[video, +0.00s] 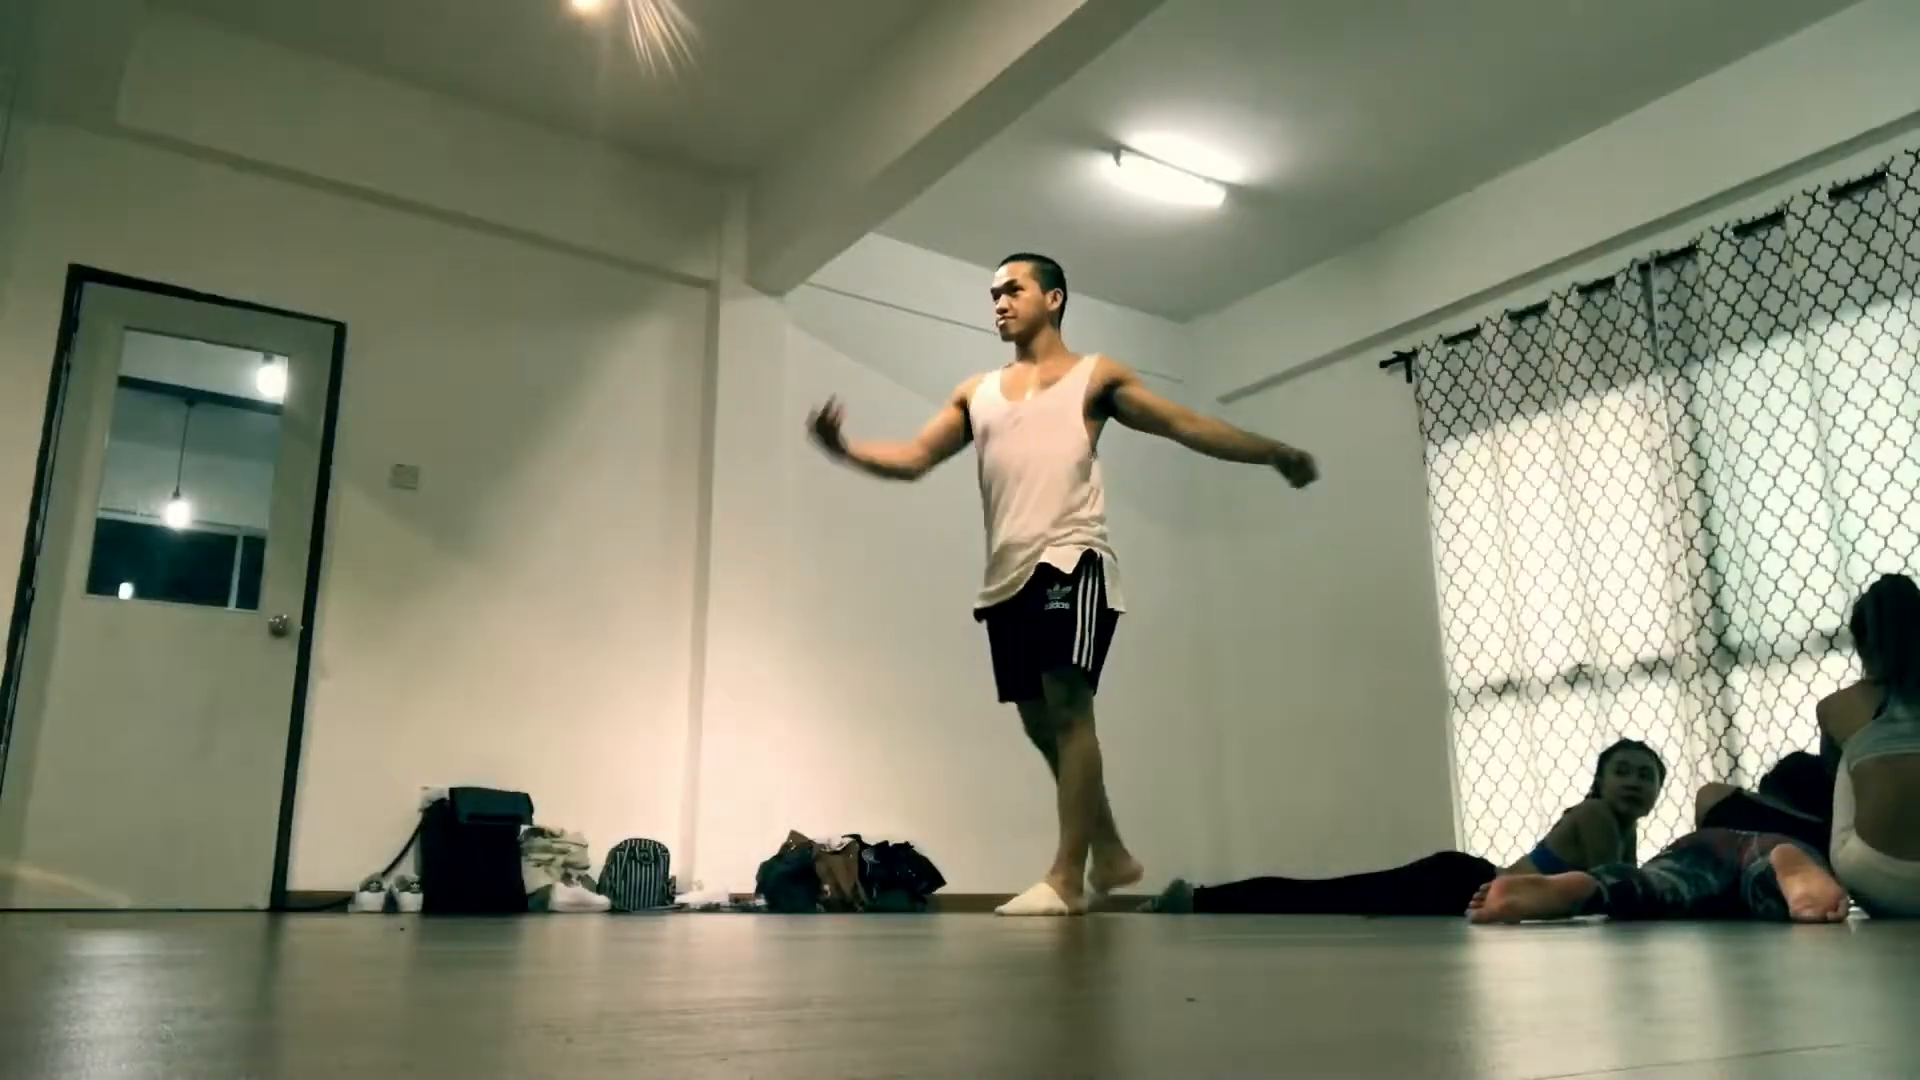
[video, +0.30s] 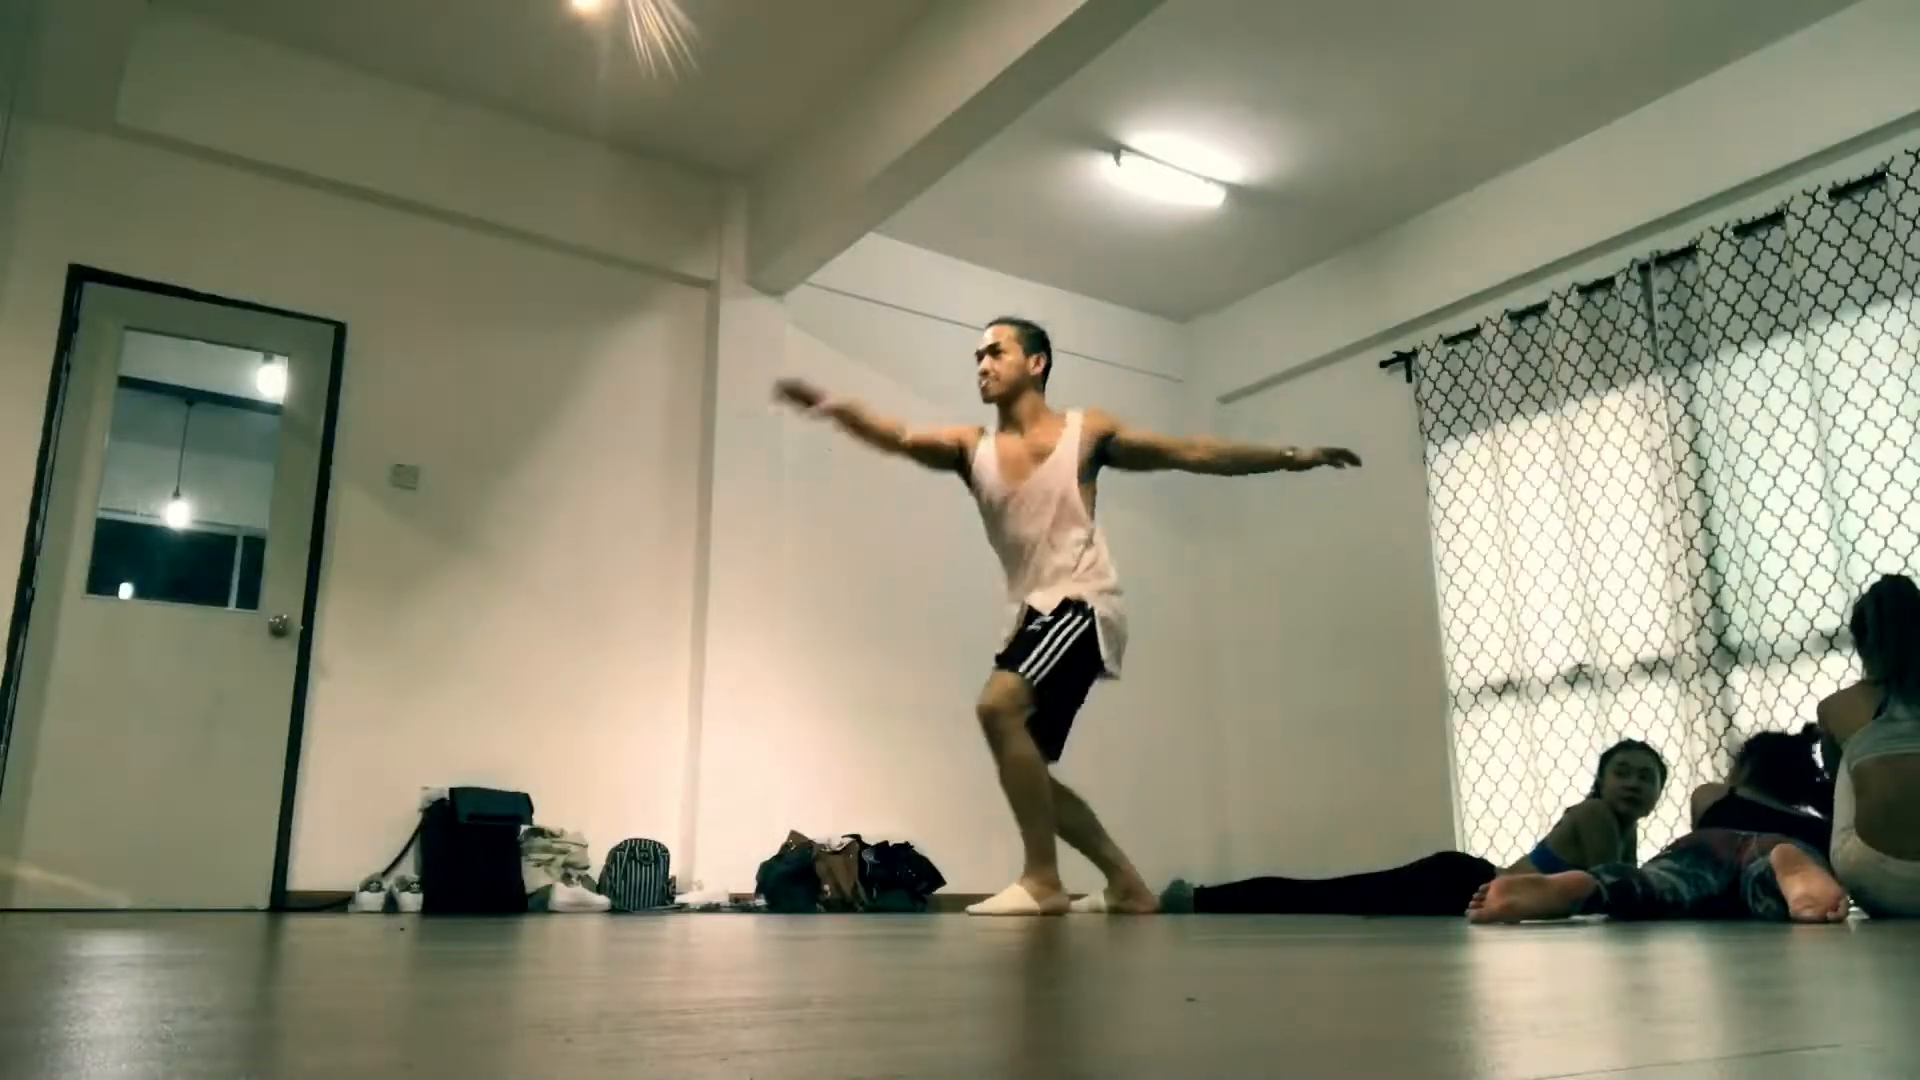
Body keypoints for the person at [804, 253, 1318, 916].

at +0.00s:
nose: (998, 301)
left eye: (1012, 290)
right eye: (995, 294)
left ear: (1054, 300)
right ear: (1001, 311)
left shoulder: (1095, 375)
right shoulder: (977, 392)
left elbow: (1189, 426)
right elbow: (913, 458)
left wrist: (1279, 454)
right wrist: (844, 448)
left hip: (1070, 558)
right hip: (1005, 576)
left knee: (1069, 710)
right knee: (1042, 727)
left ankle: (1066, 881)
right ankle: (1115, 859)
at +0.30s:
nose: (979, 363)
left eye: (993, 353)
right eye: (978, 355)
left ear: (1036, 363)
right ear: (991, 373)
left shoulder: (1083, 429)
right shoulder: (971, 444)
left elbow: (1190, 450)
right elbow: (898, 440)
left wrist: (1290, 457)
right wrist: (831, 410)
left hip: (1080, 603)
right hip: (1033, 614)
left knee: (999, 706)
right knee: (1030, 775)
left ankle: (1043, 879)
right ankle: (1128, 884)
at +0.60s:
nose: (953, 321)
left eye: (966, 310)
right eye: (958, 308)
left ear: (1001, 323)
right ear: (1014, 327)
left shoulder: (957, 389)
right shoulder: (1059, 396)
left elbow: (870, 454)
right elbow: (1112, 477)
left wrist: (791, 480)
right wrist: (1092, 530)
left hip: (1009, 579)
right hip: (1086, 578)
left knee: (973, 731)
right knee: (1080, 712)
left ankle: (1033, 866)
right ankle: (1105, 858)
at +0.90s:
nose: (970, 272)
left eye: (984, 258)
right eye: (966, 263)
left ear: (1026, 268)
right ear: (969, 280)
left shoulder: (1073, 348)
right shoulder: (951, 349)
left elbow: (1137, 413)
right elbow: (876, 420)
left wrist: (1125, 379)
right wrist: (911, 382)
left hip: (1029, 537)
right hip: (957, 522)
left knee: (997, 697)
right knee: (929, 480)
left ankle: (975, 871)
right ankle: (1037, 639)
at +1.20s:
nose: (928, 254)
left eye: (935, 243)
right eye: (933, 241)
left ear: (951, 251)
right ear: (998, 259)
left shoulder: (911, 322)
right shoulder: (1041, 333)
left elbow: (865, 417)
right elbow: (1100, 424)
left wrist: (921, 444)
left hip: (969, 525)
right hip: (1060, 524)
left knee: (989, 685)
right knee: (1019, 593)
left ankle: (1015, 860)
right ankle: (952, 663)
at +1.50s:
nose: (943, 279)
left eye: (956, 265)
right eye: (937, 270)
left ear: (997, 273)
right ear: (937, 286)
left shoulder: (1043, 355)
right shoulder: (926, 337)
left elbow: (1112, 414)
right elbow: (900, 381)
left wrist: (1165, 413)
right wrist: (918, 367)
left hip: (1002, 519)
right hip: (926, 514)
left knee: (982, 698)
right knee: (1021, 483)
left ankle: (953, 872)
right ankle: (1162, 602)